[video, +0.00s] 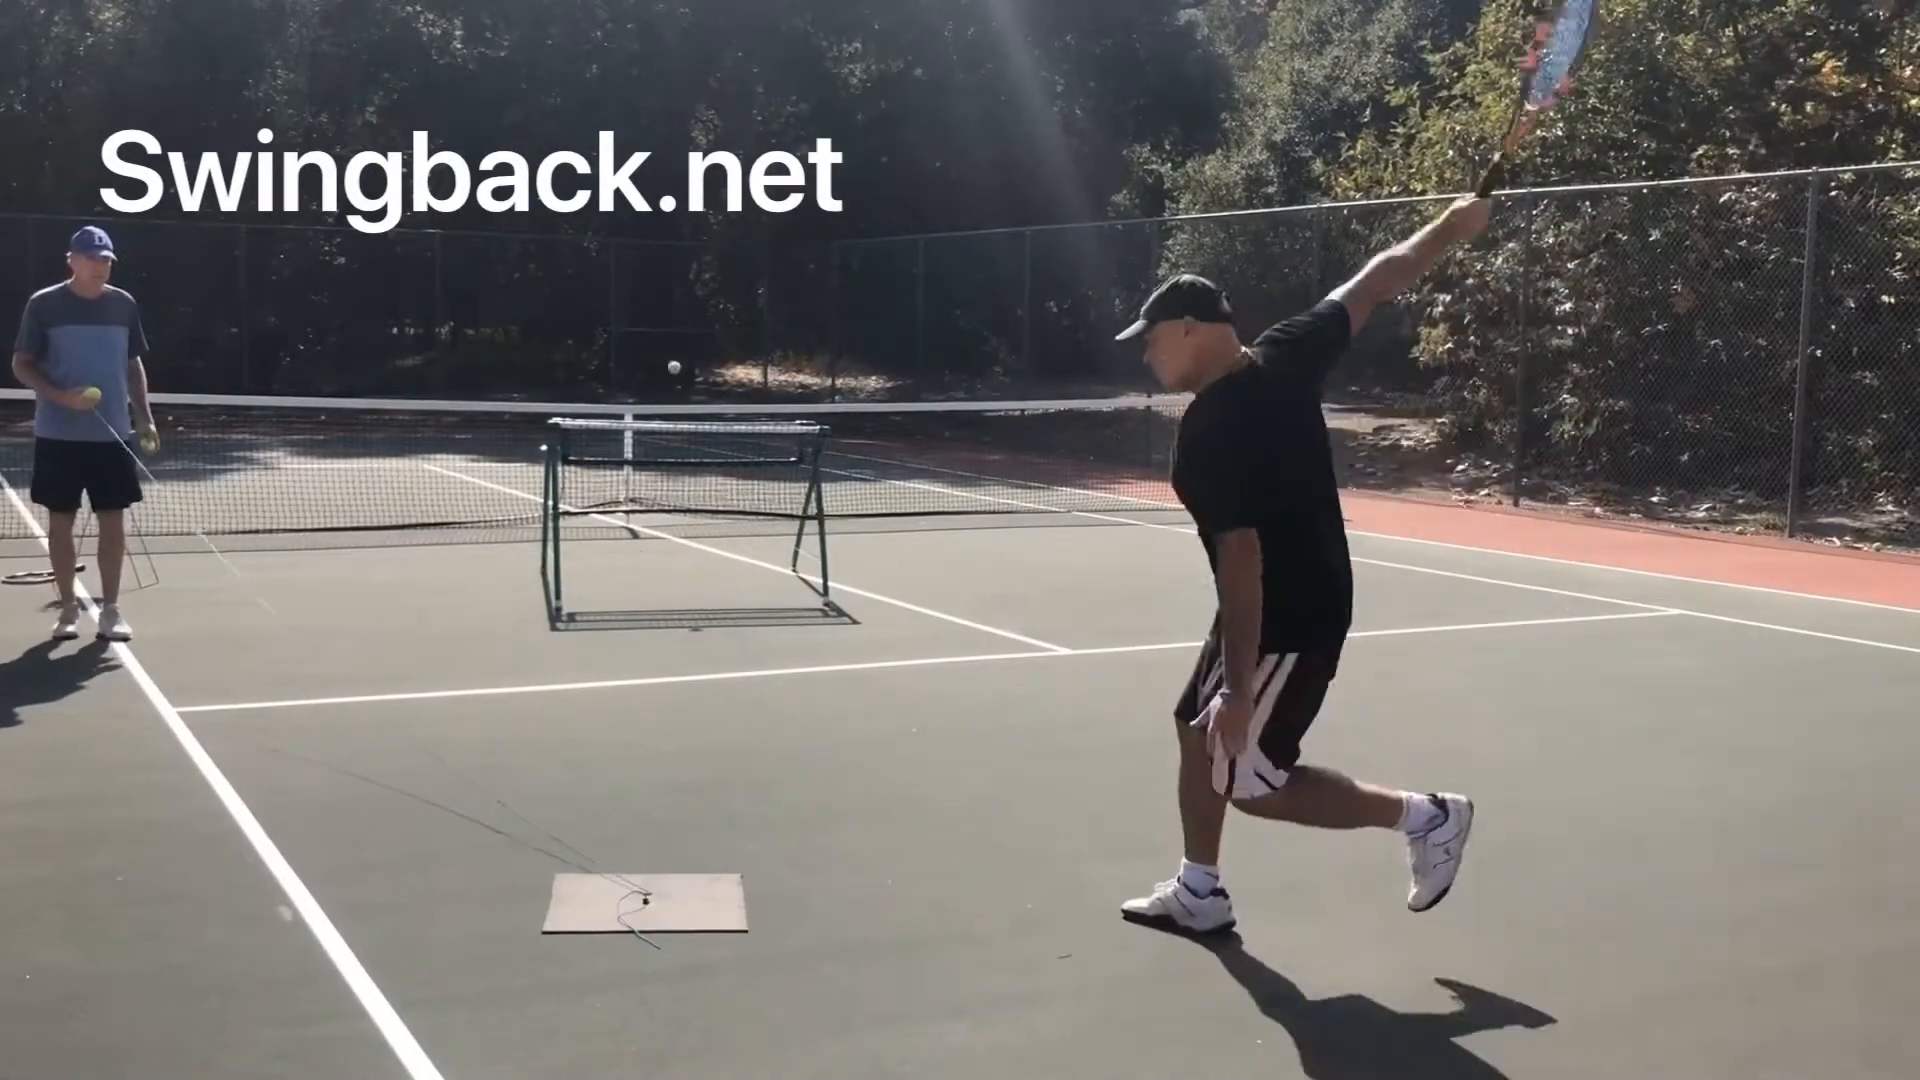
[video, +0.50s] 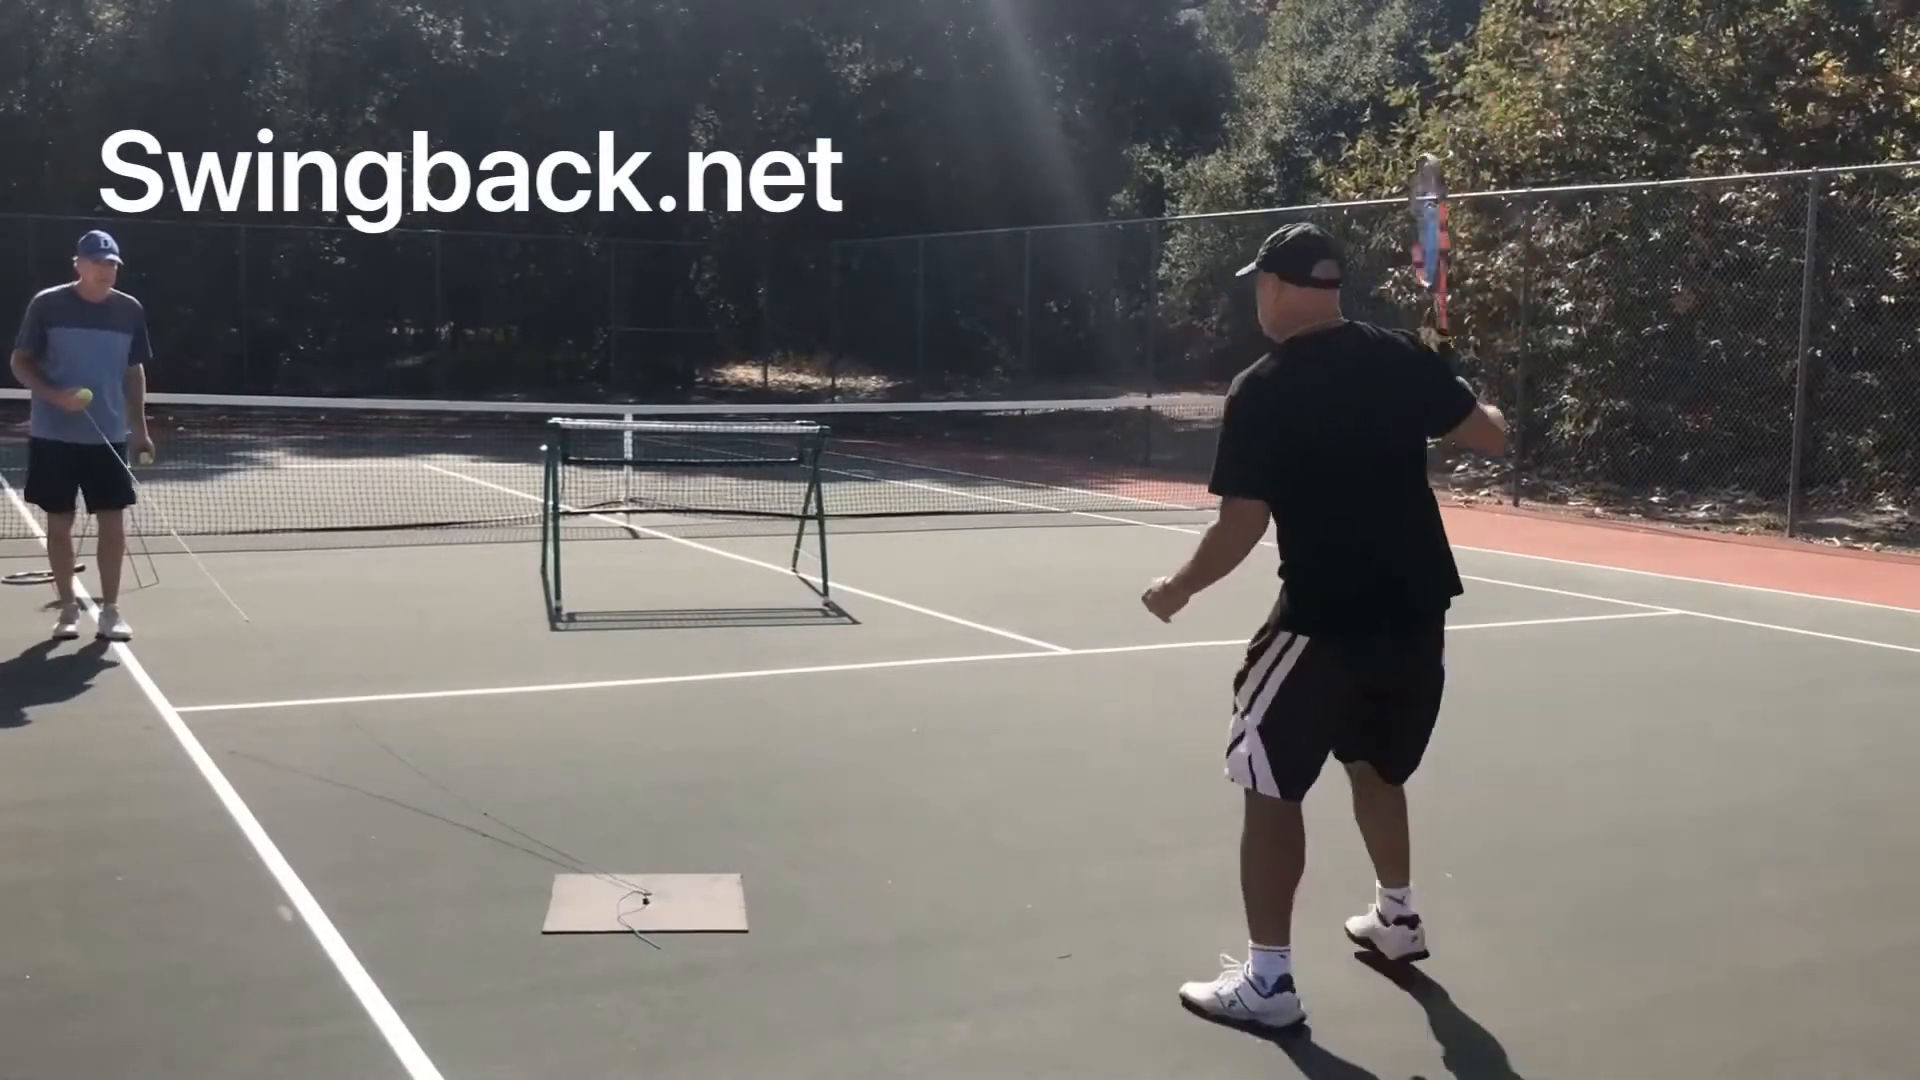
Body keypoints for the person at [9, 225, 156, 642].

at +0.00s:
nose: (100, 269)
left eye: (106, 261)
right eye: (93, 260)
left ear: (112, 264)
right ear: (72, 260)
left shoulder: (123, 304)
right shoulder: (43, 304)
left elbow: (133, 364)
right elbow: (21, 365)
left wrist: (145, 417)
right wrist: (62, 396)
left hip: (112, 437)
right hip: (60, 438)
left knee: (112, 522)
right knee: (60, 522)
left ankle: (110, 609)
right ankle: (68, 606)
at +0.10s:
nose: (103, 269)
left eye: (107, 262)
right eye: (95, 261)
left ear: (113, 264)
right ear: (72, 261)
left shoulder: (122, 304)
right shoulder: (42, 304)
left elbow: (131, 364)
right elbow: (21, 365)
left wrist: (143, 418)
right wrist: (61, 396)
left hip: (110, 437)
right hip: (58, 438)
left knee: (112, 522)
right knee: (60, 523)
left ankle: (110, 610)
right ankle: (68, 607)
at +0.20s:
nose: (103, 269)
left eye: (107, 261)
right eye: (95, 260)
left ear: (113, 264)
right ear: (72, 261)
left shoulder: (123, 304)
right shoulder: (42, 303)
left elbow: (130, 364)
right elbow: (20, 364)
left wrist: (140, 417)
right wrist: (60, 396)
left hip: (110, 437)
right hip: (58, 437)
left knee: (112, 522)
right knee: (60, 523)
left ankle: (110, 610)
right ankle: (68, 607)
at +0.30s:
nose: (103, 269)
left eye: (108, 262)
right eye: (95, 261)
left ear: (114, 265)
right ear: (73, 261)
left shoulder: (123, 305)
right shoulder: (43, 303)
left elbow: (130, 364)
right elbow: (20, 364)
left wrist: (139, 419)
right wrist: (58, 396)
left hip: (110, 437)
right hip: (57, 438)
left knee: (112, 521)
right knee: (60, 522)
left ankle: (110, 609)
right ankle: (69, 606)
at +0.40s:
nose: (106, 270)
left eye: (110, 263)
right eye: (98, 262)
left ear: (115, 265)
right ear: (76, 262)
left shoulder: (127, 308)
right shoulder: (44, 304)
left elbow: (131, 367)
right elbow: (19, 363)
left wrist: (137, 424)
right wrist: (56, 395)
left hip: (109, 437)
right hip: (57, 438)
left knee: (112, 522)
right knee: (60, 522)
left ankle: (110, 610)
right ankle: (68, 607)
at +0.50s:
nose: (107, 271)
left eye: (112, 264)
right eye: (99, 263)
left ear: (118, 267)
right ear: (79, 264)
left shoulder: (130, 310)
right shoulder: (46, 304)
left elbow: (135, 371)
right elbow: (20, 362)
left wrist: (140, 427)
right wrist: (54, 394)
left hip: (109, 439)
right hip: (54, 438)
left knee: (112, 521)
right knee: (59, 523)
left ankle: (110, 610)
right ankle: (68, 606)